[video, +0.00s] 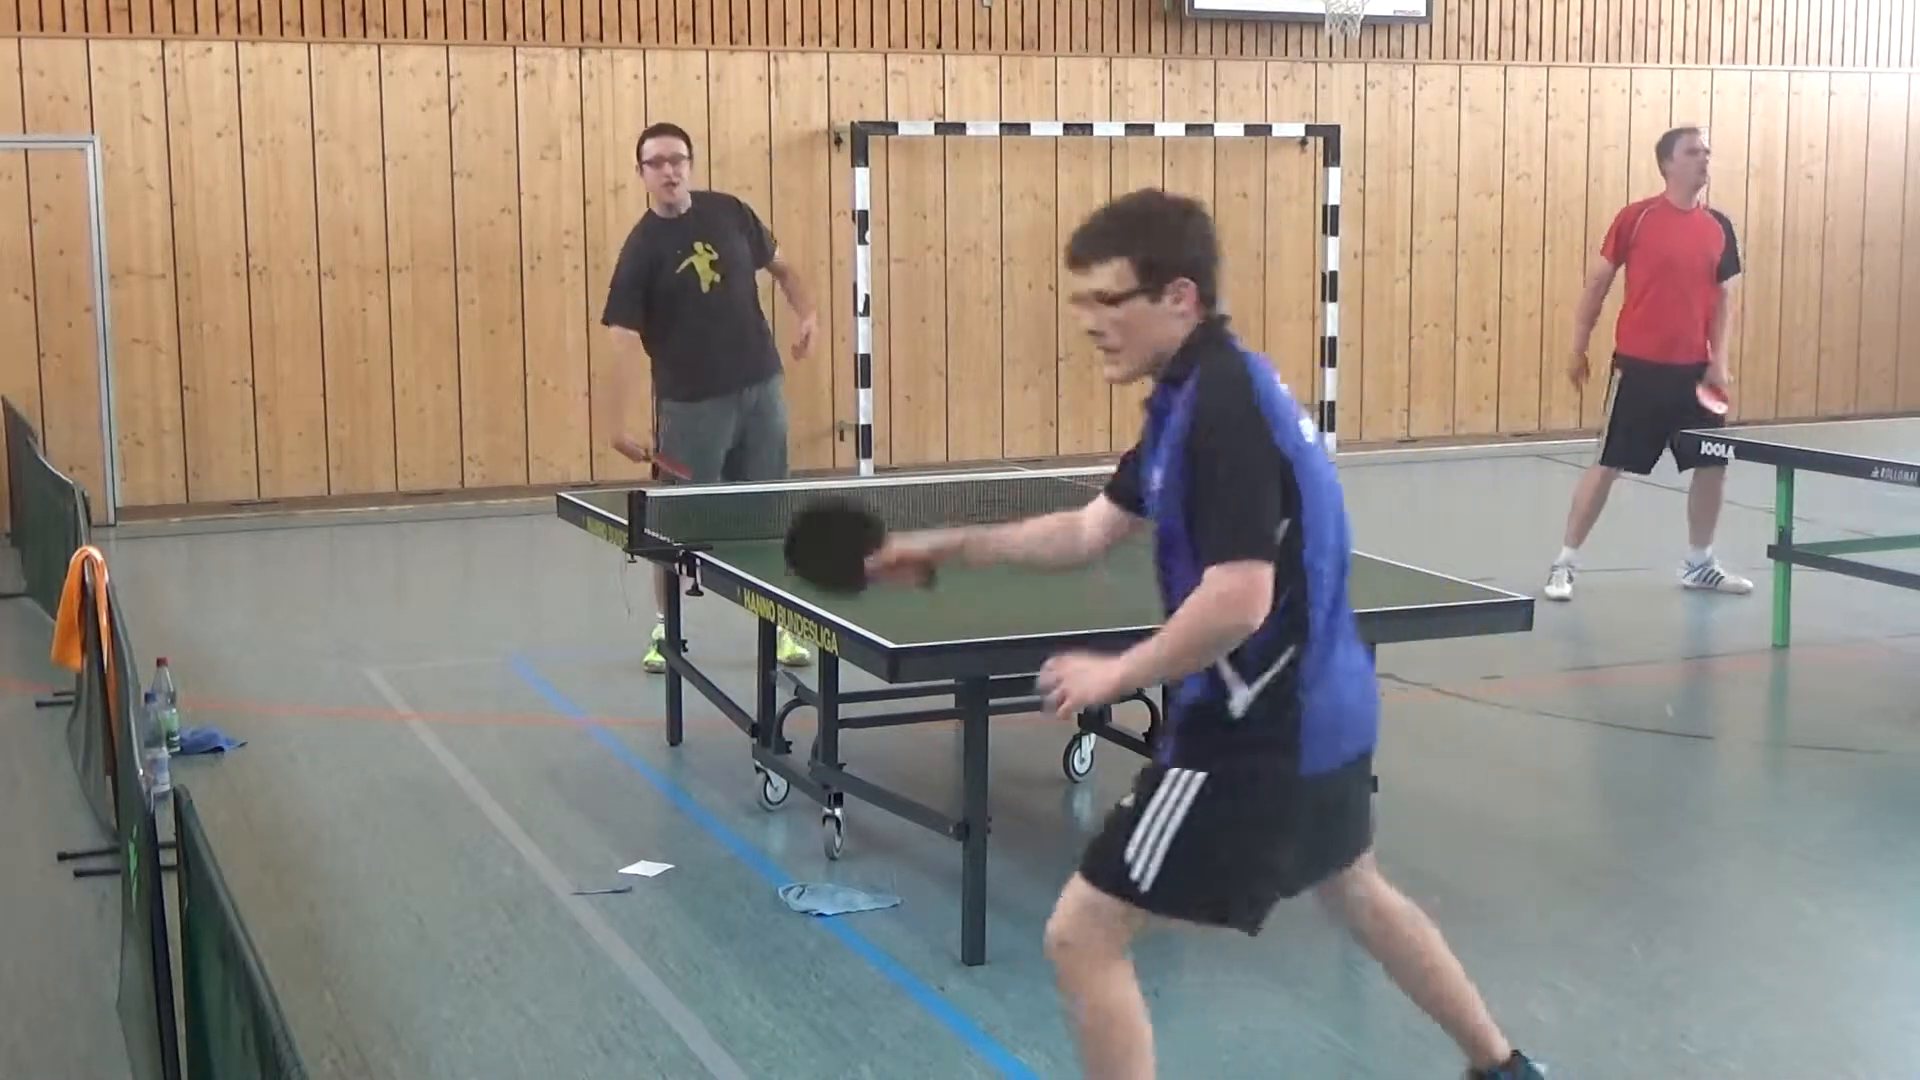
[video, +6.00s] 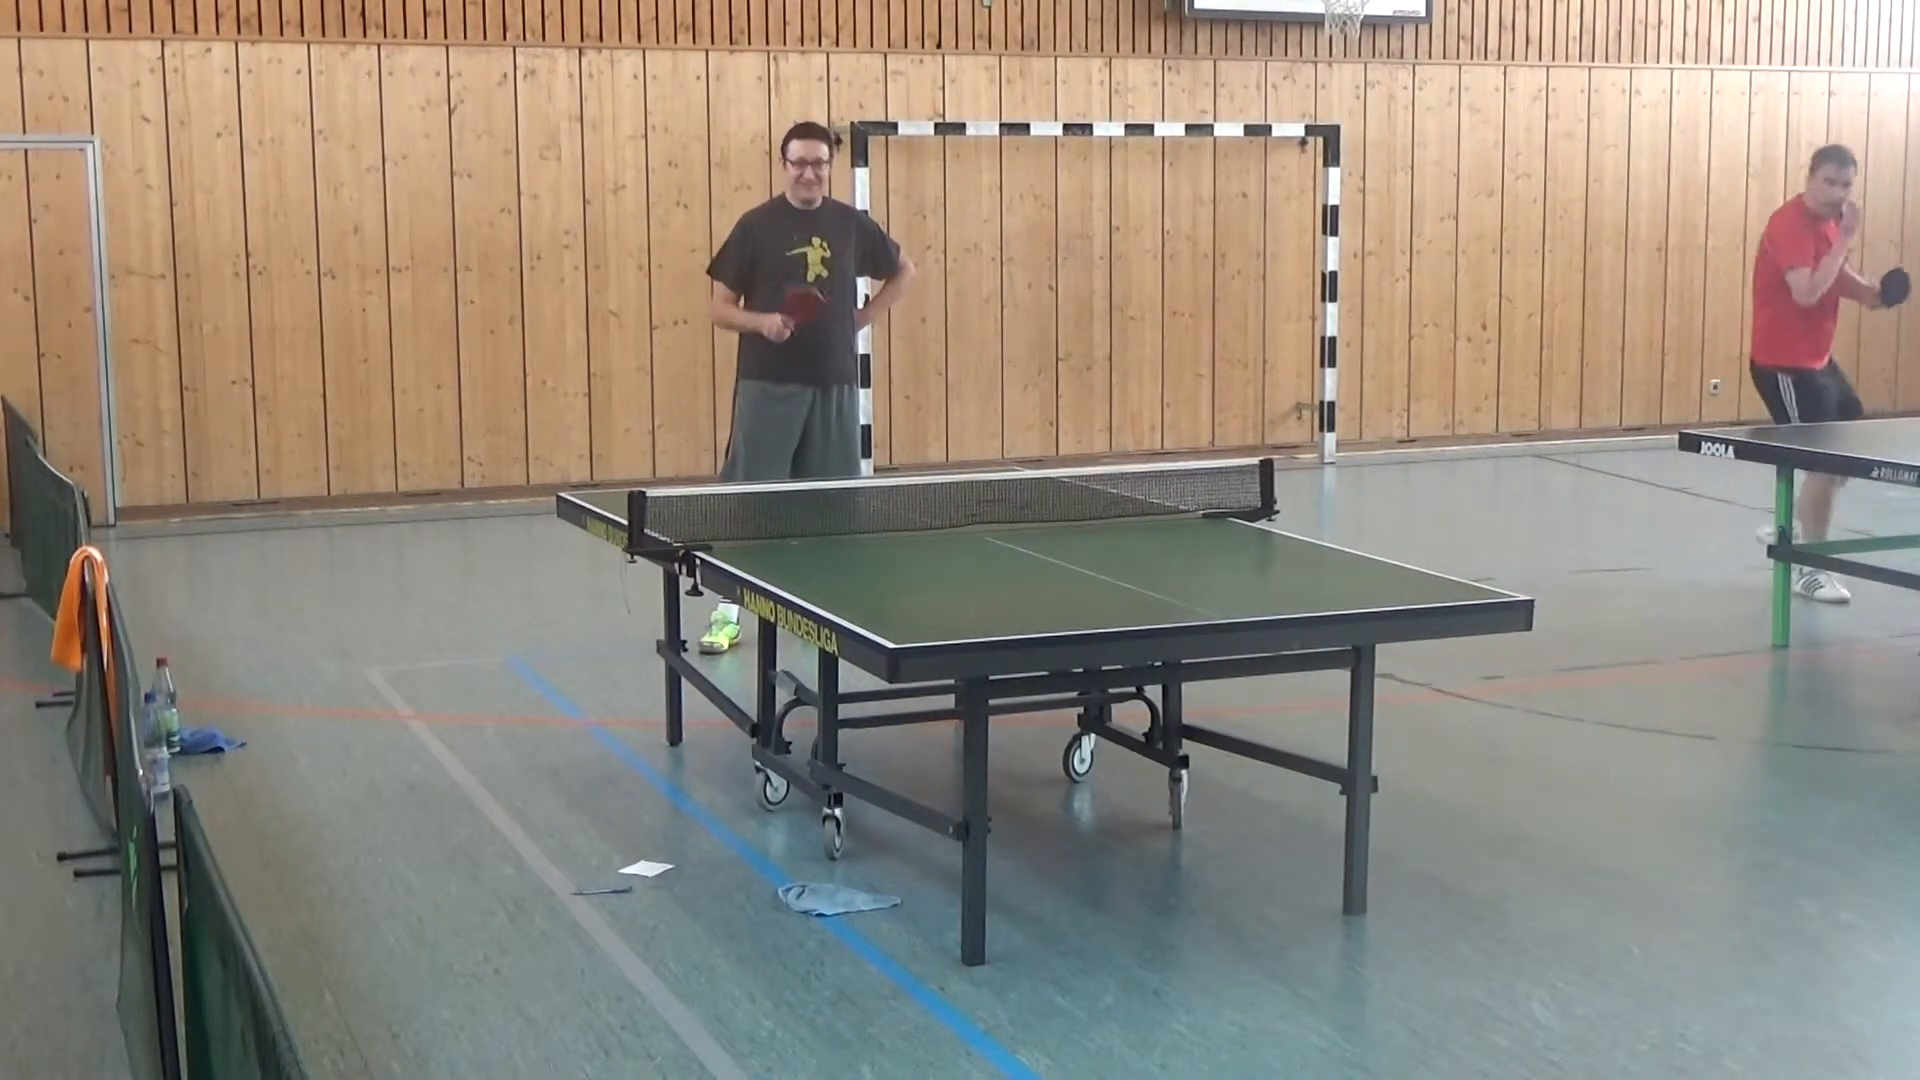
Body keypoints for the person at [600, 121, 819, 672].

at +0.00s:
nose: (668, 171)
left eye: (677, 161)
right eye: (656, 163)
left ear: (692, 165)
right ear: (641, 171)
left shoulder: (730, 212)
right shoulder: (642, 246)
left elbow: (782, 268)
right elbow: (625, 340)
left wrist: (807, 314)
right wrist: (624, 426)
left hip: (761, 386)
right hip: (691, 402)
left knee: (770, 514)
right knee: (676, 521)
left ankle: (779, 626)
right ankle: (666, 629)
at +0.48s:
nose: (744, 158)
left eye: (755, 149)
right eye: (734, 148)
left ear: (770, 158)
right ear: (719, 155)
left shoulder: (796, 221)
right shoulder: (697, 229)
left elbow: (826, 297)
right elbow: (666, 317)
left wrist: (828, 358)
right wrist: (666, 401)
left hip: (789, 397)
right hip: (716, 398)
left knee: (793, 521)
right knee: (692, 516)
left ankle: (790, 630)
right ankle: (669, 627)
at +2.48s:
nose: (726, 159)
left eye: (727, 151)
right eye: (713, 153)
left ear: (729, 157)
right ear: (683, 163)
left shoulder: (758, 209)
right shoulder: (662, 236)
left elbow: (796, 286)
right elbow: (639, 327)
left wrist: (827, 357)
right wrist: (636, 412)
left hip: (772, 382)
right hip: (703, 393)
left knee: (785, 500)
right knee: (709, 506)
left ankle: (796, 604)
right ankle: (720, 604)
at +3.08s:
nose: (812, 164)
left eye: (812, 155)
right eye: (802, 156)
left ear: (804, 163)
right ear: (770, 163)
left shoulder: (824, 222)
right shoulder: (729, 225)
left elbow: (845, 298)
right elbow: (707, 315)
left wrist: (826, 336)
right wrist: (716, 394)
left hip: (808, 386)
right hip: (747, 386)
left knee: (804, 501)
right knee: (732, 498)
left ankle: (803, 604)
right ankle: (723, 603)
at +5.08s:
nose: (809, 173)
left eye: (818, 165)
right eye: (800, 164)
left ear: (830, 169)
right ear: (783, 166)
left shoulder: (851, 225)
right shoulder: (754, 228)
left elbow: (901, 269)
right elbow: (731, 317)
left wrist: (865, 315)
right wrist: (750, 393)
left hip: (835, 392)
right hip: (768, 392)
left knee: (841, 510)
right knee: (744, 505)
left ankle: (841, 614)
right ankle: (728, 608)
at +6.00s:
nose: (809, 172)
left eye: (818, 163)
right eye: (800, 163)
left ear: (831, 166)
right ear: (784, 165)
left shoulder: (853, 224)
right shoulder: (754, 227)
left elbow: (903, 271)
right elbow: (720, 308)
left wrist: (867, 314)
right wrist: (760, 320)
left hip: (835, 388)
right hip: (768, 389)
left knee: (835, 506)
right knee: (748, 502)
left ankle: (833, 612)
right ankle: (729, 607)